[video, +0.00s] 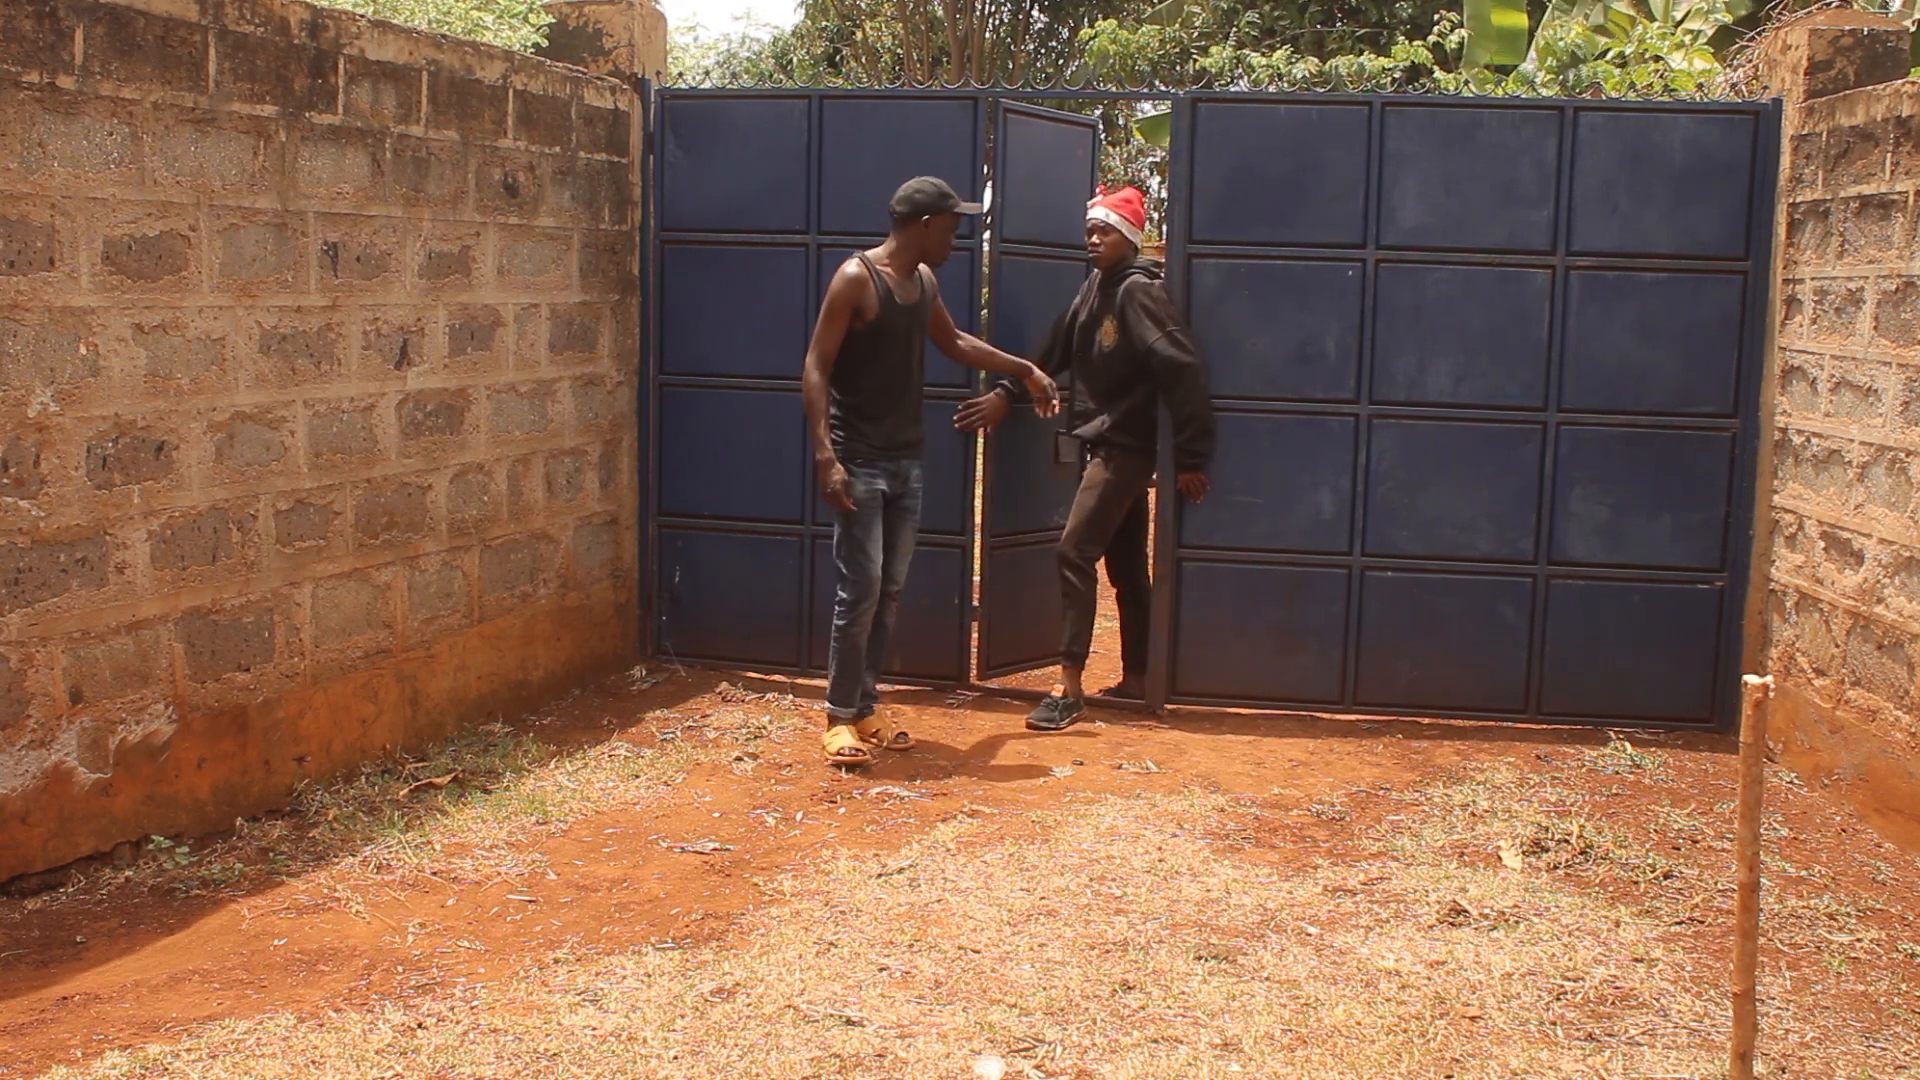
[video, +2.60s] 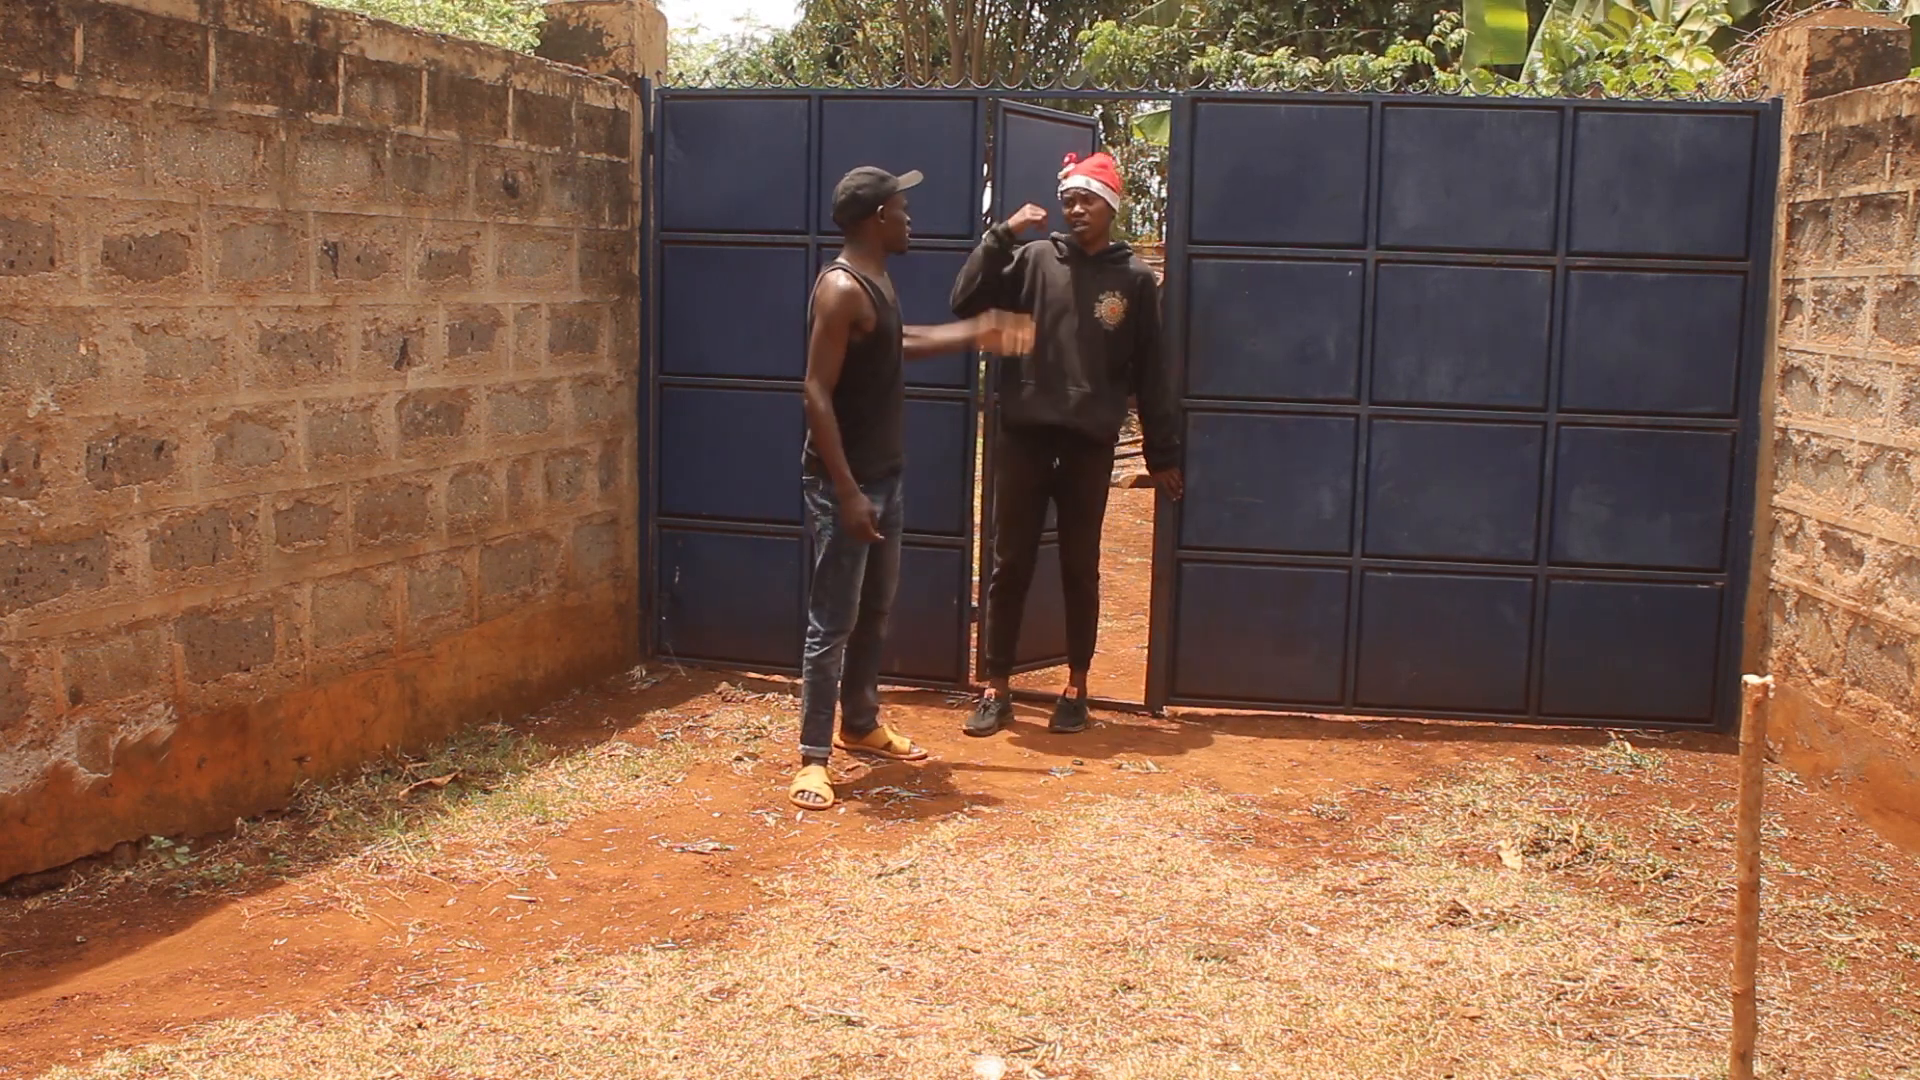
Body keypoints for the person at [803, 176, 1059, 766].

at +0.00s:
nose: (956, 239)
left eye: (956, 228)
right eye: (951, 227)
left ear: (924, 226)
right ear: (920, 224)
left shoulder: (922, 281)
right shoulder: (855, 278)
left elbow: (954, 342)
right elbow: (815, 368)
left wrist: (1026, 369)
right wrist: (825, 456)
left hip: (907, 460)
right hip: (859, 459)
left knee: (888, 588)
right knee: (860, 587)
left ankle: (862, 711)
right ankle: (841, 720)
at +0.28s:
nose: (962, 254)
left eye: (966, 243)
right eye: (956, 241)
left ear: (938, 235)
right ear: (921, 228)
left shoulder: (924, 282)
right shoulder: (863, 273)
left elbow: (963, 309)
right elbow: (815, 360)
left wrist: (1021, 270)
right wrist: (808, 448)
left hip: (906, 464)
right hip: (854, 461)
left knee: (885, 593)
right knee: (843, 589)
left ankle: (860, 714)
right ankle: (801, 716)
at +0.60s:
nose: (939, 256)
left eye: (945, 246)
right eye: (931, 244)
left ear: (942, 240)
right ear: (899, 230)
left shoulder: (925, 285)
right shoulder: (848, 282)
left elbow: (939, 350)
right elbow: (803, 370)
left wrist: (1013, 371)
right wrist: (809, 460)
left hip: (903, 469)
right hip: (848, 465)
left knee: (884, 598)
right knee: (842, 596)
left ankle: (859, 710)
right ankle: (819, 733)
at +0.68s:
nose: (926, 253)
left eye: (933, 244)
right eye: (917, 241)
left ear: (936, 240)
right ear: (886, 230)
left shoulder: (924, 286)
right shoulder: (836, 286)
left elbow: (936, 361)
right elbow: (799, 375)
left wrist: (982, 419)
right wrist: (804, 464)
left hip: (902, 470)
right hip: (844, 469)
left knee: (882, 600)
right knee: (838, 601)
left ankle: (860, 711)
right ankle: (820, 738)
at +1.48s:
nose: (904, 222)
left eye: (901, 212)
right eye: (897, 213)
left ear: (868, 219)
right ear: (870, 219)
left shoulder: (872, 279)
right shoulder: (822, 288)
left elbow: (870, 385)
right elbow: (800, 391)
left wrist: (889, 463)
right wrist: (860, 463)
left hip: (878, 481)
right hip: (832, 483)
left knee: (875, 611)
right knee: (826, 625)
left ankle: (863, 725)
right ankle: (814, 759)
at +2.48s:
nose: (910, 215)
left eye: (905, 205)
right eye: (901, 206)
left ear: (873, 220)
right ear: (872, 220)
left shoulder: (884, 281)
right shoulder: (833, 294)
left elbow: (883, 379)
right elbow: (808, 397)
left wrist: (931, 427)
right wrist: (838, 494)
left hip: (887, 477)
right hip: (841, 483)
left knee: (871, 611)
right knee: (828, 623)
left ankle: (861, 725)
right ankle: (814, 758)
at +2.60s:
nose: (910, 216)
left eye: (906, 206)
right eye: (901, 207)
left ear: (871, 219)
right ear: (874, 218)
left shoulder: (876, 280)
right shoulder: (839, 292)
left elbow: (896, 344)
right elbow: (816, 395)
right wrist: (845, 491)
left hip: (884, 477)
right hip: (843, 481)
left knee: (874, 611)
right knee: (830, 624)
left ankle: (860, 726)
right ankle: (813, 760)